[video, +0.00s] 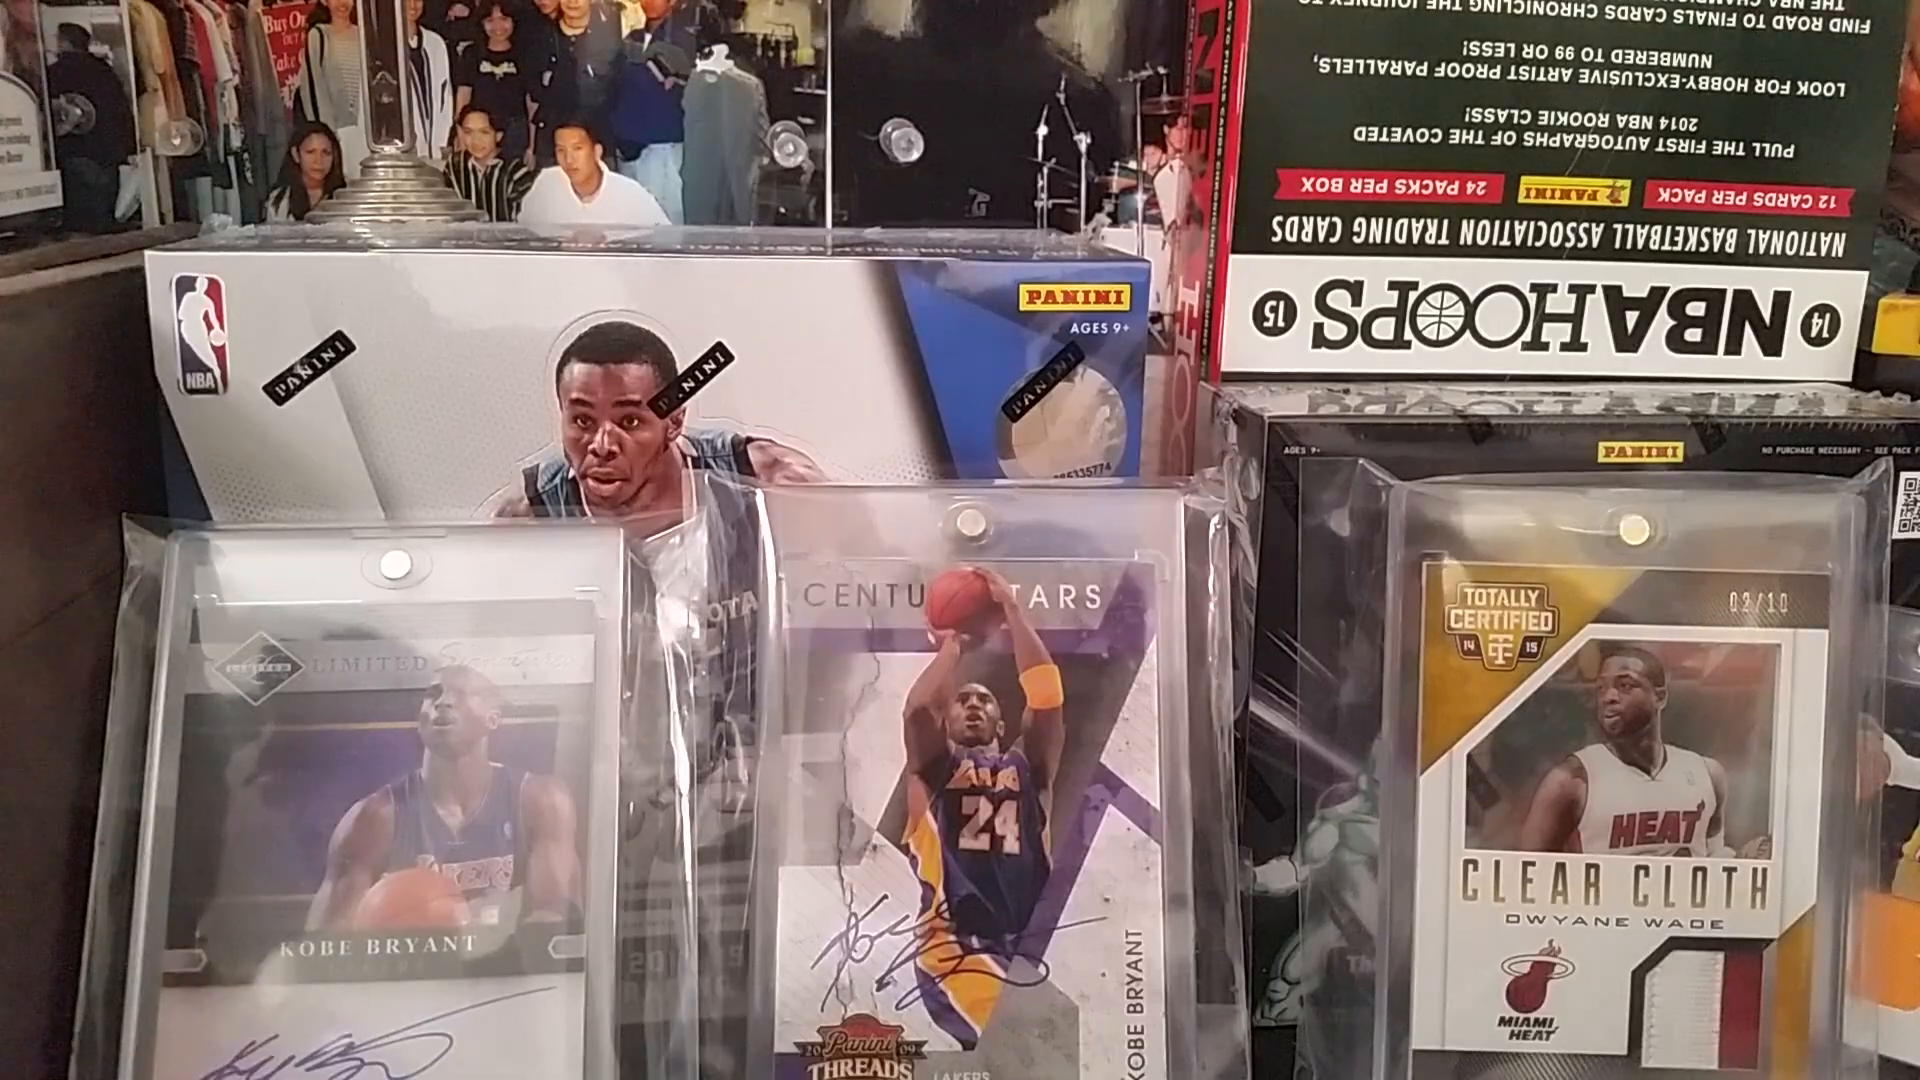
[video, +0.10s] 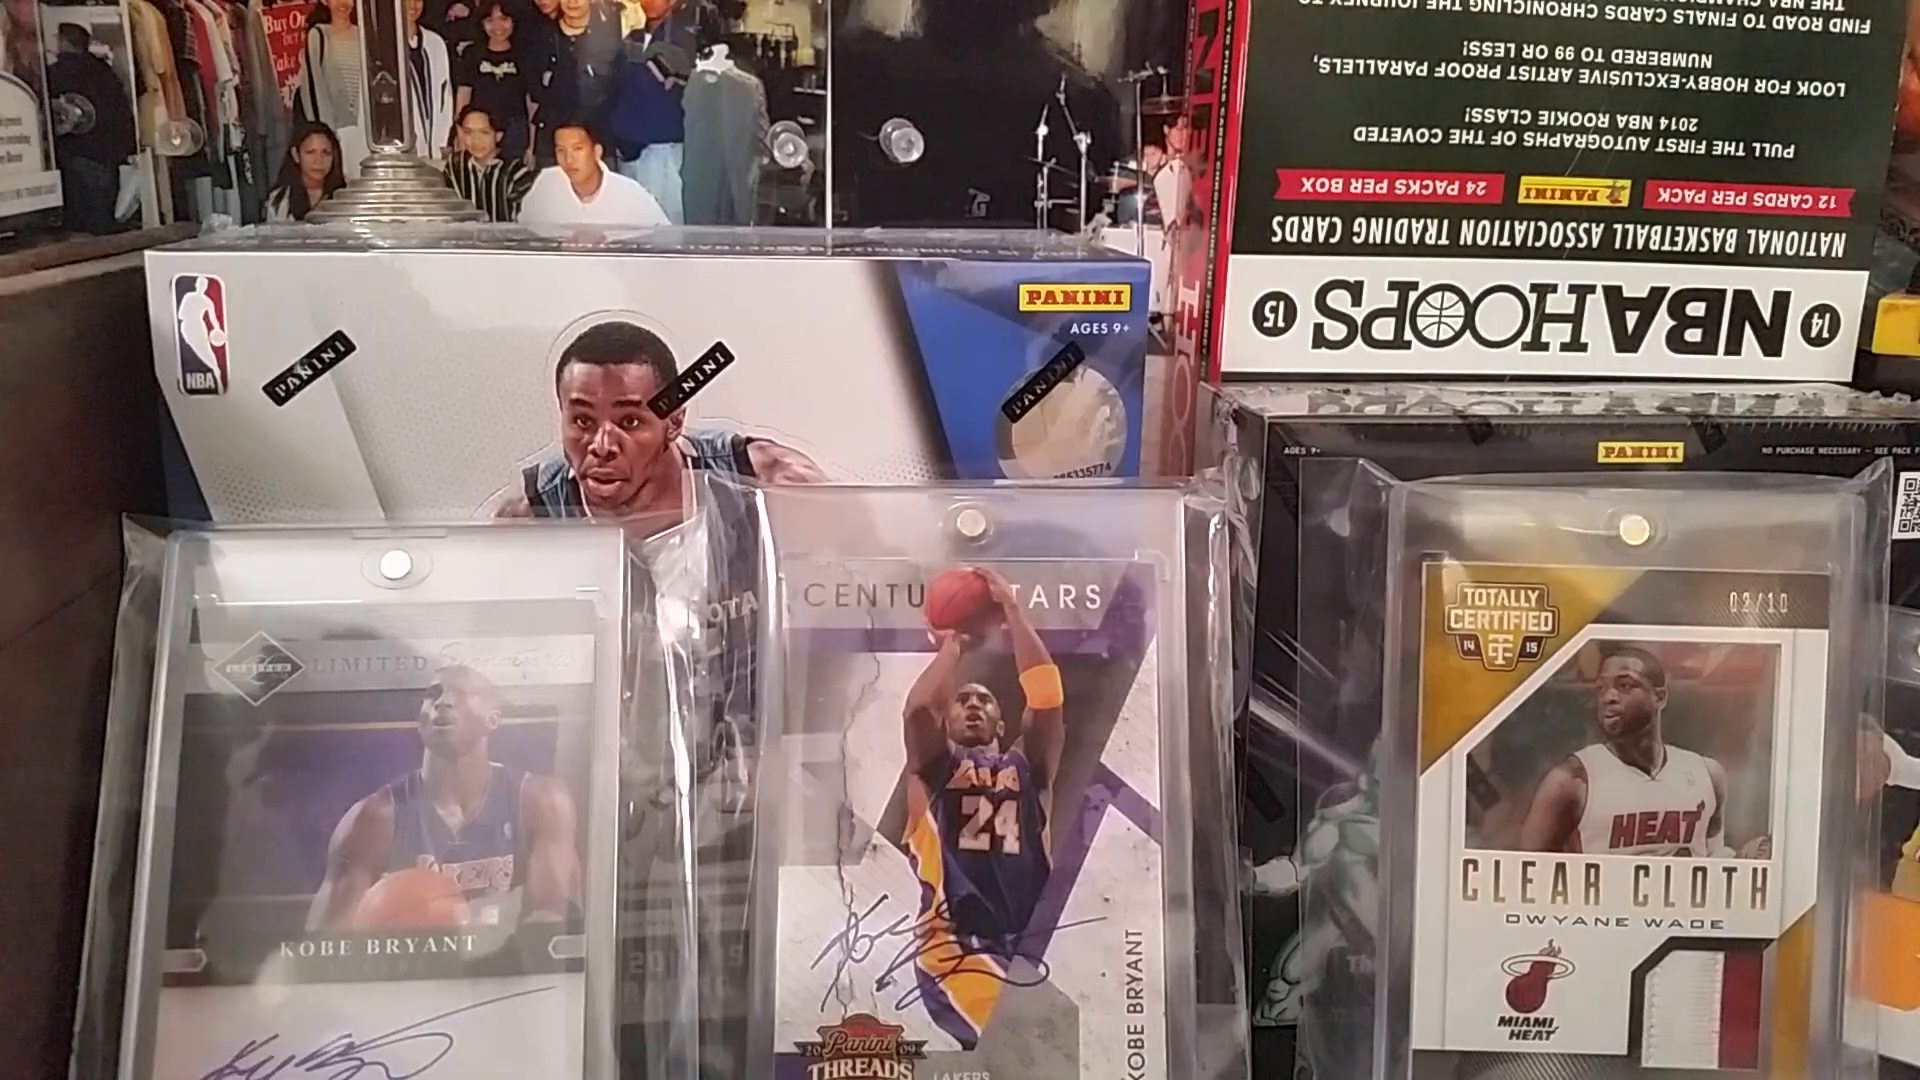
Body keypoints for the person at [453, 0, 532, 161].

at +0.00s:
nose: (497, 26)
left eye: (504, 19)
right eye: (490, 20)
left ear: (513, 23)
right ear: (483, 25)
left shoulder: (523, 55)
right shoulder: (472, 53)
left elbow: (532, 102)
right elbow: (463, 96)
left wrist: (531, 145)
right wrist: (461, 136)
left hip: (515, 131)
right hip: (480, 133)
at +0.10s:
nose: (497, 26)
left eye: (504, 19)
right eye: (489, 20)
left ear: (513, 23)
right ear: (483, 24)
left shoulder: (523, 54)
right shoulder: (472, 53)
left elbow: (532, 102)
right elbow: (463, 96)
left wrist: (531, 146)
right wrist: (461, 136)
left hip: (514, 131)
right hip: (480, 133)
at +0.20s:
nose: (497, 26)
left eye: (504, 19)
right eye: (489, 20)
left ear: (513, 22)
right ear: (483, 25)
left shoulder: (523, 55)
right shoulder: (472, 53)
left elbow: (532, 102)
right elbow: (463, 96)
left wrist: (531, 146)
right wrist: (461, 136)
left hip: (515, 130)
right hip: (480, 131)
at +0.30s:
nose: (497, 26)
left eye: (503, 19)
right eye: (490, 20)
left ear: (513, 22)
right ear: (483, 24)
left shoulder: (524, 55)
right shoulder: (472, 53)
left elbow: (532, 103)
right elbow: (463, 96)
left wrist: (531, 146)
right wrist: (460, 136)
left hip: (515, 130)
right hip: (480, 131)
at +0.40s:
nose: (497, 26)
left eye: (504, 19)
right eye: (490, 20)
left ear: (513, 23)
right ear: (483, 24)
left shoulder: (524, 55)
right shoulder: (472, 53)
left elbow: (532, 103)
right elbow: (463, 96)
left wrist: (531, 146)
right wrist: (460, 135)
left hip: (515, 129)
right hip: (480, 131)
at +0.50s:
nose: (498, 26)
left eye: (504, 18)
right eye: (490, 20)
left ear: (513, 22)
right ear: (483, 25)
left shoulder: (524, 55)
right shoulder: (472, 53)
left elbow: (532, 102)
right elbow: (463, 96)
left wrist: (531, 146)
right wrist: (460, 135)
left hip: (515, 130)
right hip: (480, 132)